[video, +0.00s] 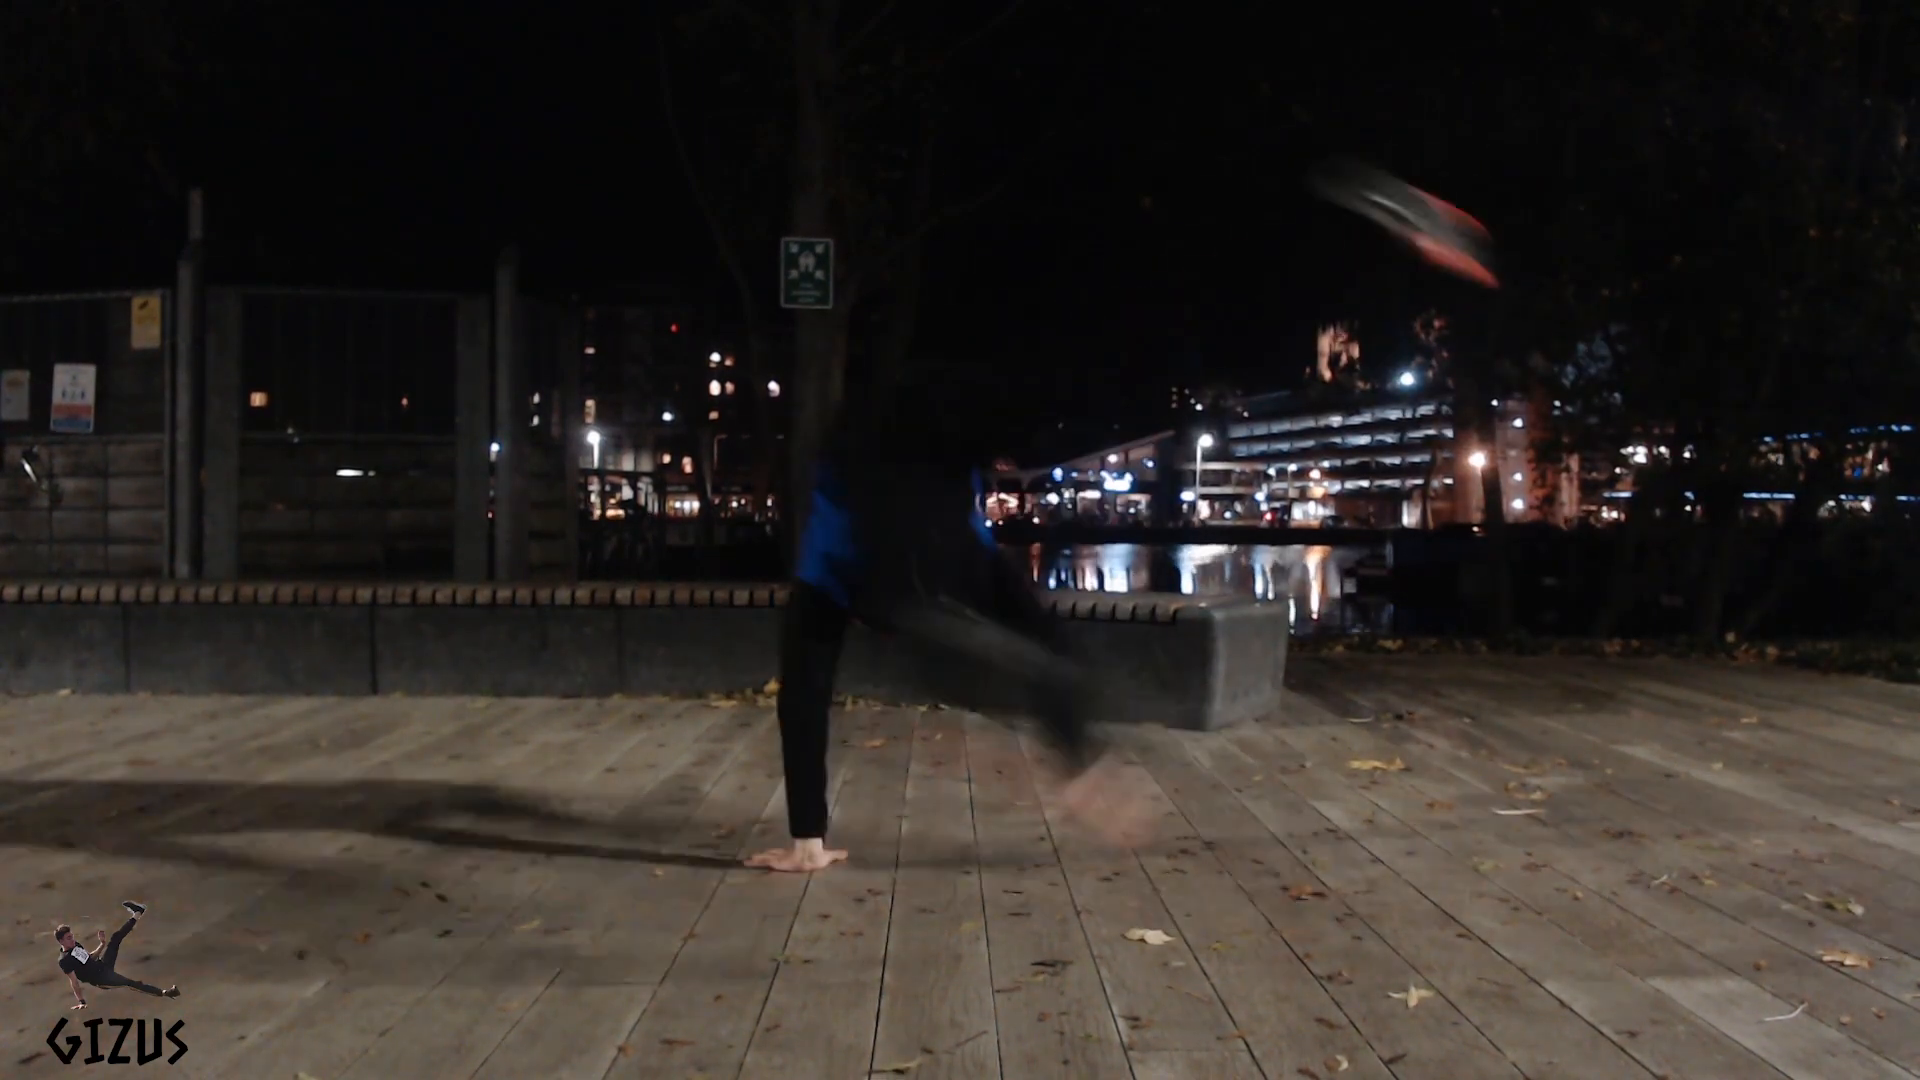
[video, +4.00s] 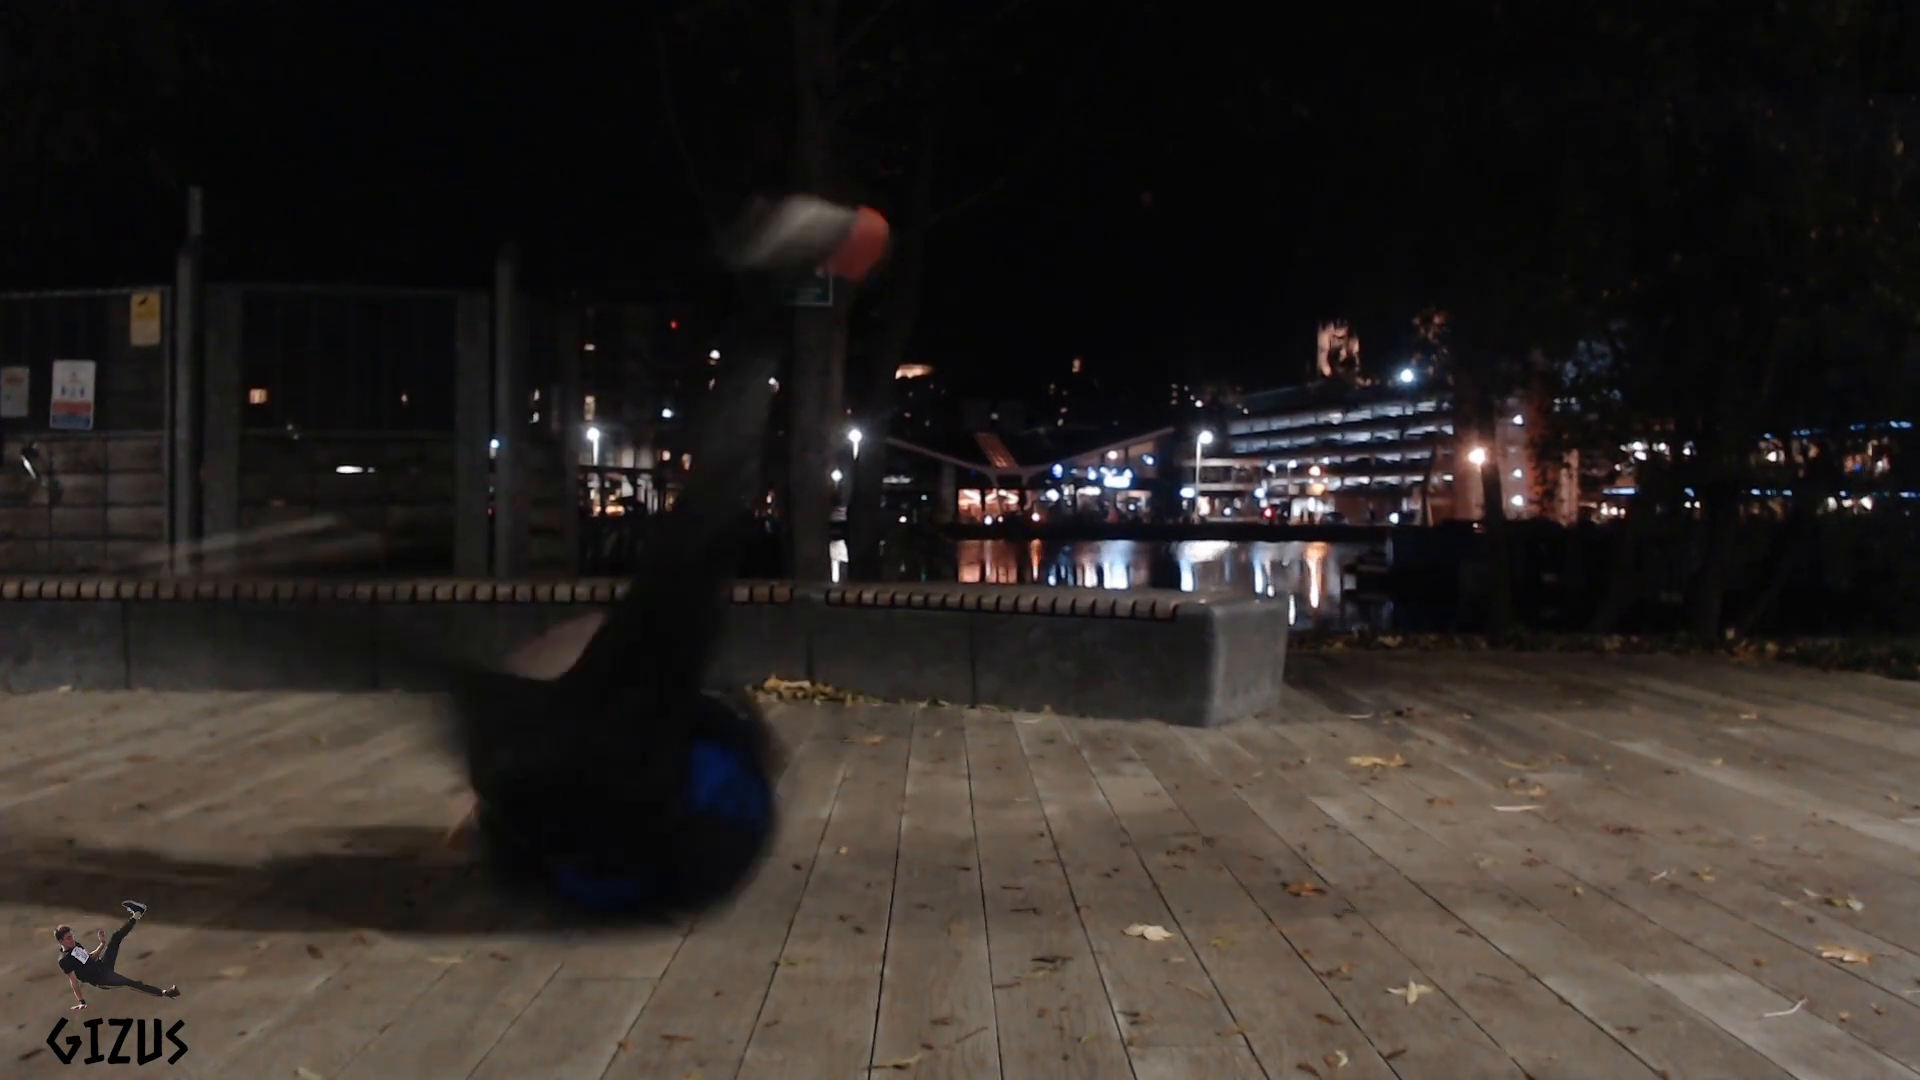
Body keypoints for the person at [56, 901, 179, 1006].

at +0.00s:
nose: (73, 939)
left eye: (72, 936)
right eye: (69, 938)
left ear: (71, 937)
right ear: (61, 942)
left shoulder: (76, 946)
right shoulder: (64, 960)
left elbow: (91, 957)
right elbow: (74, 982)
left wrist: (102, 944)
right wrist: (81, 1001)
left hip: (104, 965)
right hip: (102, 978)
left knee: (115, 939)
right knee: (132, 983)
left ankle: (136, 916)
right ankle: (164, 993)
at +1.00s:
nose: (73, 939)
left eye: (72, 936)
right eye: (69, 938)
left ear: (71, 936)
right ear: (61, 942)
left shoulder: (76, 946)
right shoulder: (64, 960)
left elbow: (91, 957)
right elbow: (74, 982)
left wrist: (102, 944)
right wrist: (81, 1001)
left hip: (104, 965)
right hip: (102, 978)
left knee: (116, 938)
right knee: (133, 983)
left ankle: (135, 917)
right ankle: (165, 993)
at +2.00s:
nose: (72, 939)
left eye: (72, 936)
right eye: (69, 938)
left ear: (70, 937)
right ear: (61, 942)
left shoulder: (75, 946)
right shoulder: (64, 960)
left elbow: (91, 958)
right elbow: (74, 982)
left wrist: (102, 945)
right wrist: (81, 1002)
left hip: (104, 965)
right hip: (102, 978)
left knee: (116, 938)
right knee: (132, 983)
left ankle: (136, 916)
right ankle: (164, 993)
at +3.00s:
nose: (72, 939)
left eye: (72, 936)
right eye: (69, 938)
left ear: (70, 937)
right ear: (61, 941)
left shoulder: (75, 946)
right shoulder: (64, 960)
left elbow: (91, 957)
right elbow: (74, 982)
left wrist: (102, 945)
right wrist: (81, 1002)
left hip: (104, 965)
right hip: (102, 978)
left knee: (115, 938)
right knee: (132, 983)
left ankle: (136, 916)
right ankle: (164, 993)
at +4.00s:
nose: (73, 939)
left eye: (72, 936)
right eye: (69, 938)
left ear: (71, 937)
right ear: (61, 941)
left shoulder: (75, 946)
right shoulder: (64, 960)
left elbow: (91, 957)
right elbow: (74, 982)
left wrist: (102, 945)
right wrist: (81, 1002)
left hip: (104, 965)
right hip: (102, 978)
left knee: (116, 938)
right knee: (131, 983)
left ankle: (136, 916)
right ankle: (164, 993)